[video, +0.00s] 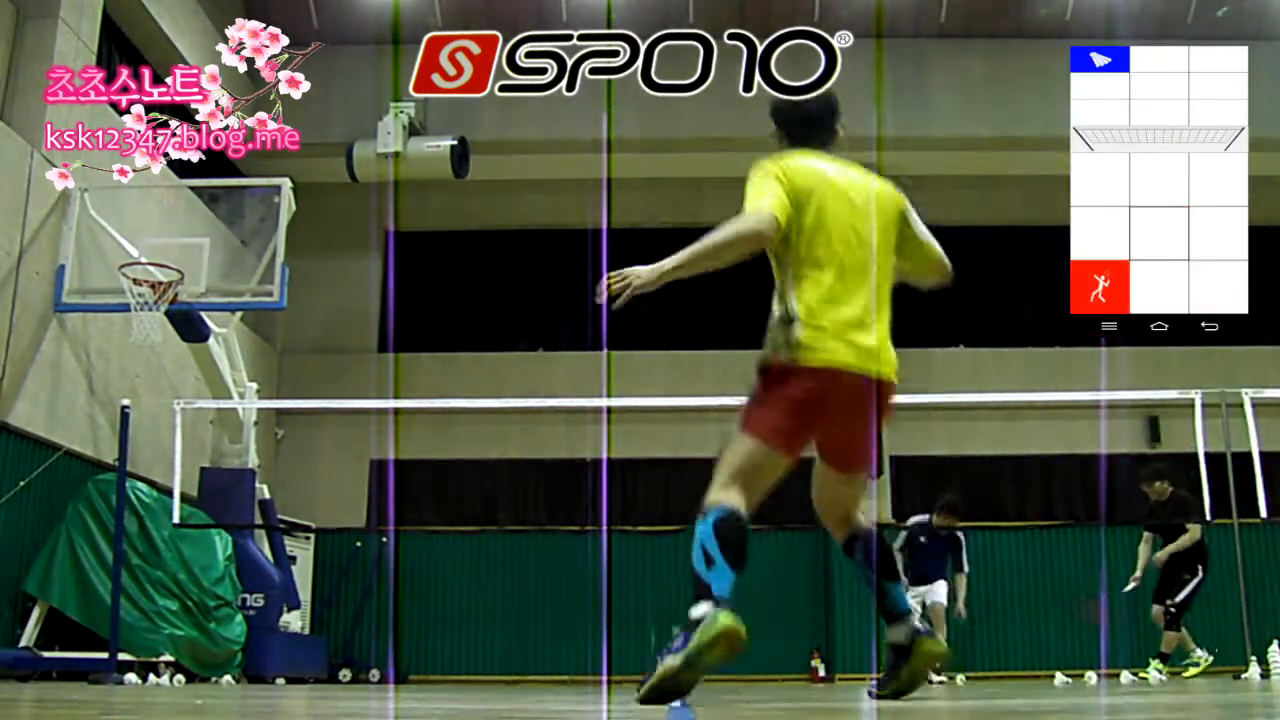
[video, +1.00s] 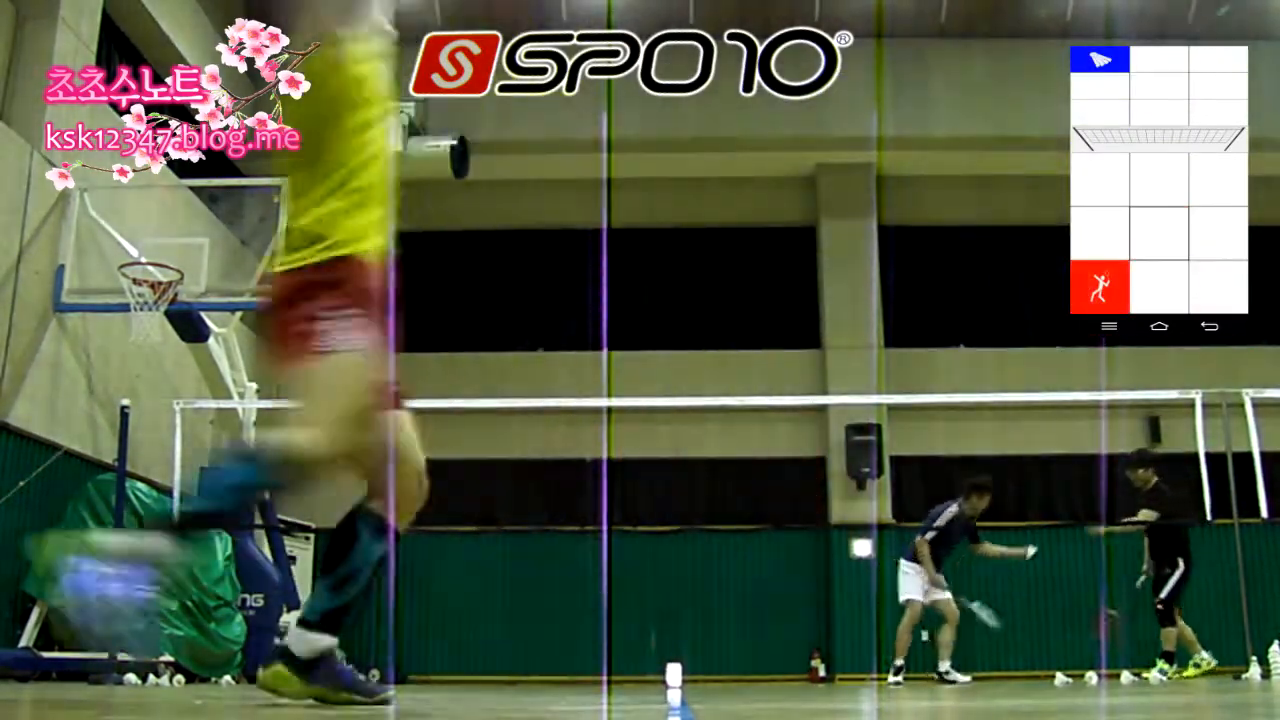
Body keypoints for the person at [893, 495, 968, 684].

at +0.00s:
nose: (950, 526)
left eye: (953, 522)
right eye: (948, 521)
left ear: (956, 521)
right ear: (939, 515)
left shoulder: (955, 536)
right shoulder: (915, 525)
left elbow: (960, 571)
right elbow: (896, 550)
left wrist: (960, 601)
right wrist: (900, 577)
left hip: (936, 583)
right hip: (912, 584)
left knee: (938, 614)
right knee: (909, 626)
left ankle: (936, 667)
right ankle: (909, 667)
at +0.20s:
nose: (950, 563)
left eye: (953, 559)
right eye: (947, 558)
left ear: (956, 556)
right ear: (937, 551)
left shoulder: (956, 566)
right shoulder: (914, 550)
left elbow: (960, 597)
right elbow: (897, 571)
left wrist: (962, 632)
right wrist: (910, 594)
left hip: (933, 588)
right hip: (907, 586)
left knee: (945, 615)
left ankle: (935, 665)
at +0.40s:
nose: (950, 595)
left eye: (953, 593)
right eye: (948, 591)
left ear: (955, 589)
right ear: (939, 583)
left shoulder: (955, 591)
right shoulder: (916, 574)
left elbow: (958, 622)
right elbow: (892, 584)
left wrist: (963, 658)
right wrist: (905, 606)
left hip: (927, 603)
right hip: (905, 603)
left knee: (949, 622)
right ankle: (896, 668)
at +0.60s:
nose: (957, 584)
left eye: (959, 581)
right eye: (956, 580)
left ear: (960, 578)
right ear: (946, 572)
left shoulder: (958, 580)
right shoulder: (923, 563)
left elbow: (960, 613)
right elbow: (894, 578)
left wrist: (963, 650)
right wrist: (906, 601)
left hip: (919, 587)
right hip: (893, 580)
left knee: (940, 615)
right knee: (896, 611)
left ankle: (930, 668)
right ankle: (895, 666)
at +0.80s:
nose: (971, 538)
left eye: (973, 534)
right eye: (969, 533)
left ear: (966, 532)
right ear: (960, 529)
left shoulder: (960, 543)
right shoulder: (935, 536)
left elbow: (963, 573)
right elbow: (906, 565)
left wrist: (986, 596)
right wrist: (914, 597)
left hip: (919, 573)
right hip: (894, 568)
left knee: (943, 611)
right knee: (901, 612)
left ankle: (934, 663)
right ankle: (895, 666)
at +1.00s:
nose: (983, 506)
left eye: (985, 502)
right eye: (981, 501)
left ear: (983, 502)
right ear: (971, 498)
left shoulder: (968, 520)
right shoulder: (948, 512)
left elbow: (979, 547)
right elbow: (921, 543)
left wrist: (1020, 552)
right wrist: (932, 575)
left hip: (933, 571)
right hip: (913, 566)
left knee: (952, 615)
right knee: (914, 610)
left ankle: (944, 668)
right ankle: (898, 665)